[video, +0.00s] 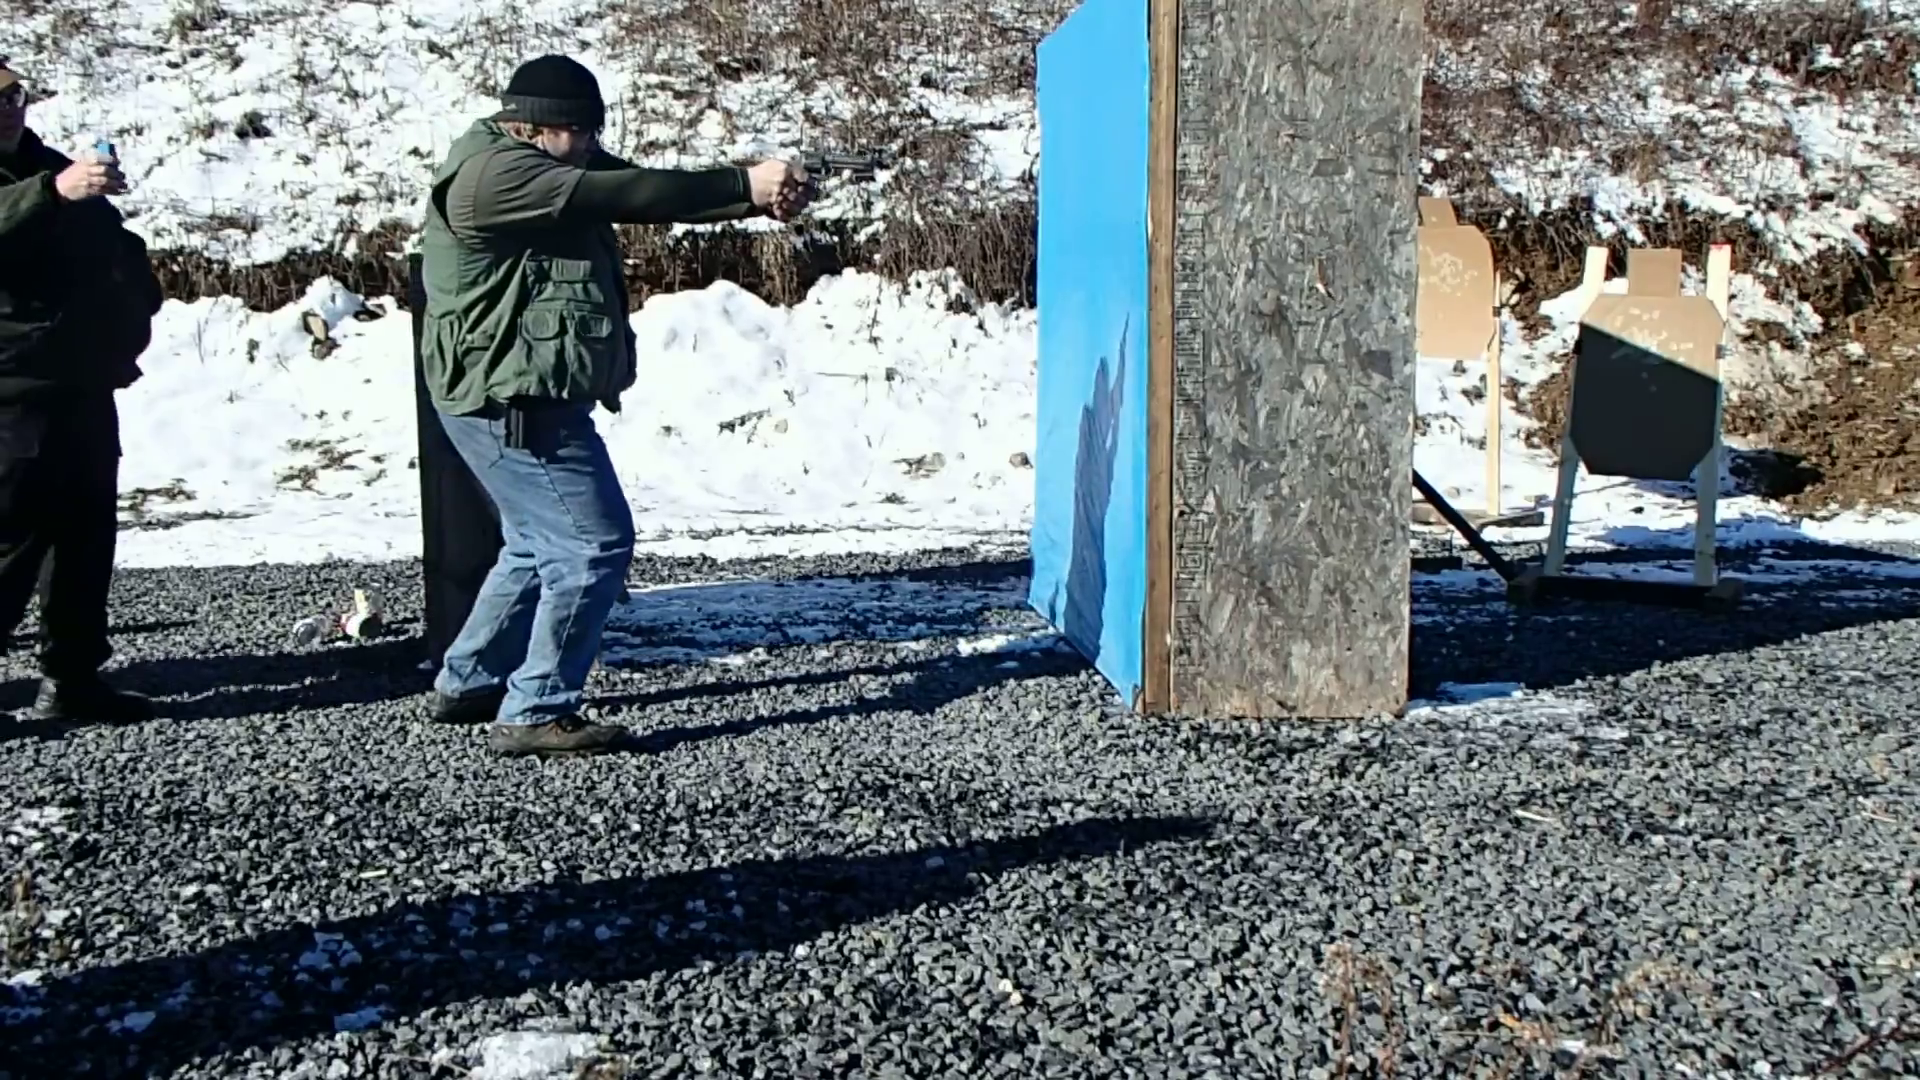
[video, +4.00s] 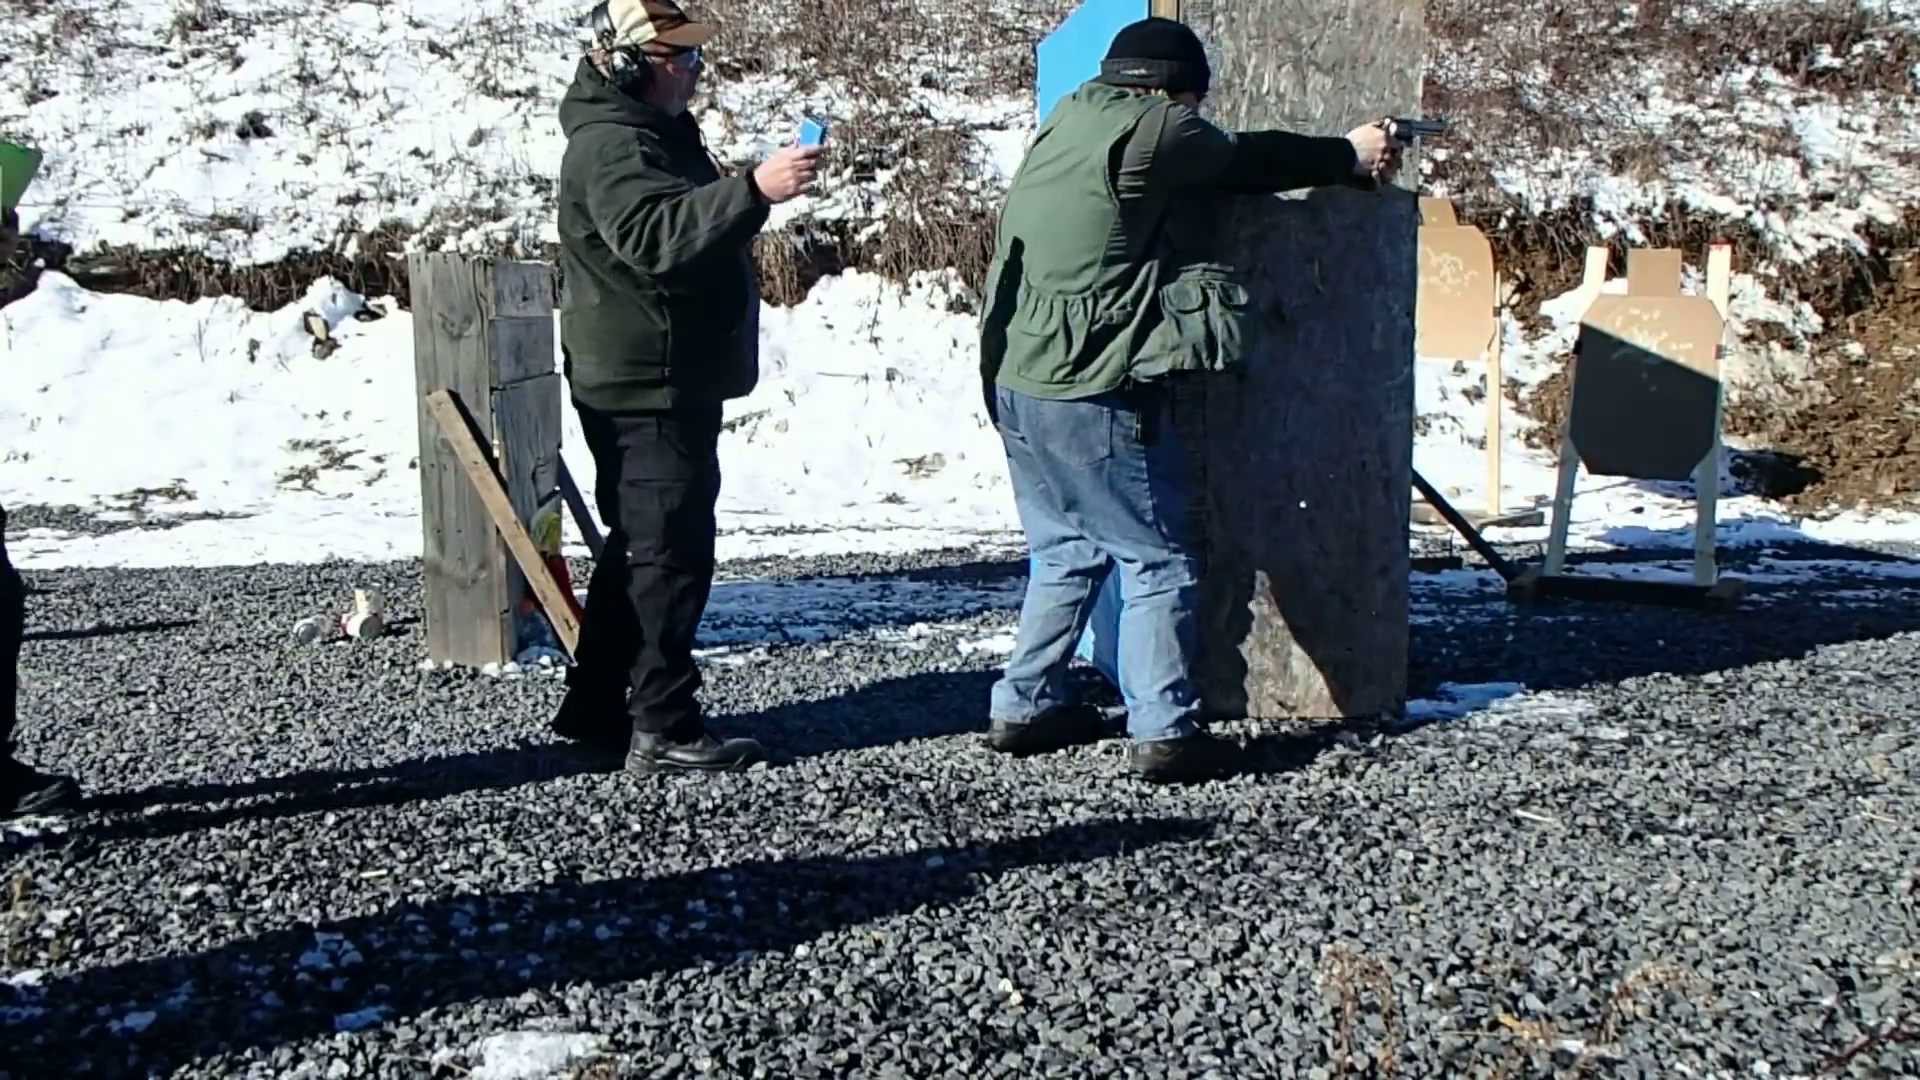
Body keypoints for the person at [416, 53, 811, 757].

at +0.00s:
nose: (594, 146)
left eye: (592, 131)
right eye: (584, 132)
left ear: (538, 125)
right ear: (543, 126)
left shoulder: (520, 165)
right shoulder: (498, 176)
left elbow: (636, 186)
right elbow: (625, 193)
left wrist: (747, 189)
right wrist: (748, 184)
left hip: (504, 395)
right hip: (513, 400)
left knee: (535, 544)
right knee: (596, 544)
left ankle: (466, 681)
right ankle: (538, 711)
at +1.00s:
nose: (941, 146)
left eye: (947, 133)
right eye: (936, 130)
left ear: (928, 125)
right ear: (896, 115)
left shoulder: (923, 181)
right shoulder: (838, 170)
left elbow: (927, 285)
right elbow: (827, 282)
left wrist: (965, 297)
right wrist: (939, 296)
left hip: (871, 386)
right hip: (818, 389)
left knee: (913, 516)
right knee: (947, 502)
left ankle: (892, 686)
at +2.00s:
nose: (1117, 106)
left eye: (1122, 92)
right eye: (1115, 87)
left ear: (1061, 62)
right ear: (1078, 67)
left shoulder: (1037, 111)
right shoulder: (1031, 107)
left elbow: (1116, 233)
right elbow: (1021, 227)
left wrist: (1149, 287)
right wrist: (1124, 288)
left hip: (1020, 368)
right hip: (1052, 371)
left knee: (1037, 523)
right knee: (1095, 542)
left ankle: (951, 668)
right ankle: (1013, 713)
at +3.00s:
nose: (1150, 107)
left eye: (1157, 95)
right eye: (1151, 89)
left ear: (1090, 59)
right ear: (1120, 69)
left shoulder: (1041, 102)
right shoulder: (1079, 102)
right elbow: (1071, 223)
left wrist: (1144, 293)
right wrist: (1146, 285)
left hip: (1003, 352)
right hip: (1038, 357)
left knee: (1046, 531)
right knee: (1096, 533)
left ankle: (1022, 701)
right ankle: (1012, 708)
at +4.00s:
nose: (1198, 105)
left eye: (1198, 96)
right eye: (1197, 94)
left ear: (1117, 72)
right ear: (1177, 86)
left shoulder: (1065, 120)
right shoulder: (1160, 130)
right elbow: (1251, 161)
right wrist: (1351, 152)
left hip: (1017, 378)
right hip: (1088, 389)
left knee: (1064, 548)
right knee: (1157, 559)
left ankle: (1023, 706)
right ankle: (1164, 731)